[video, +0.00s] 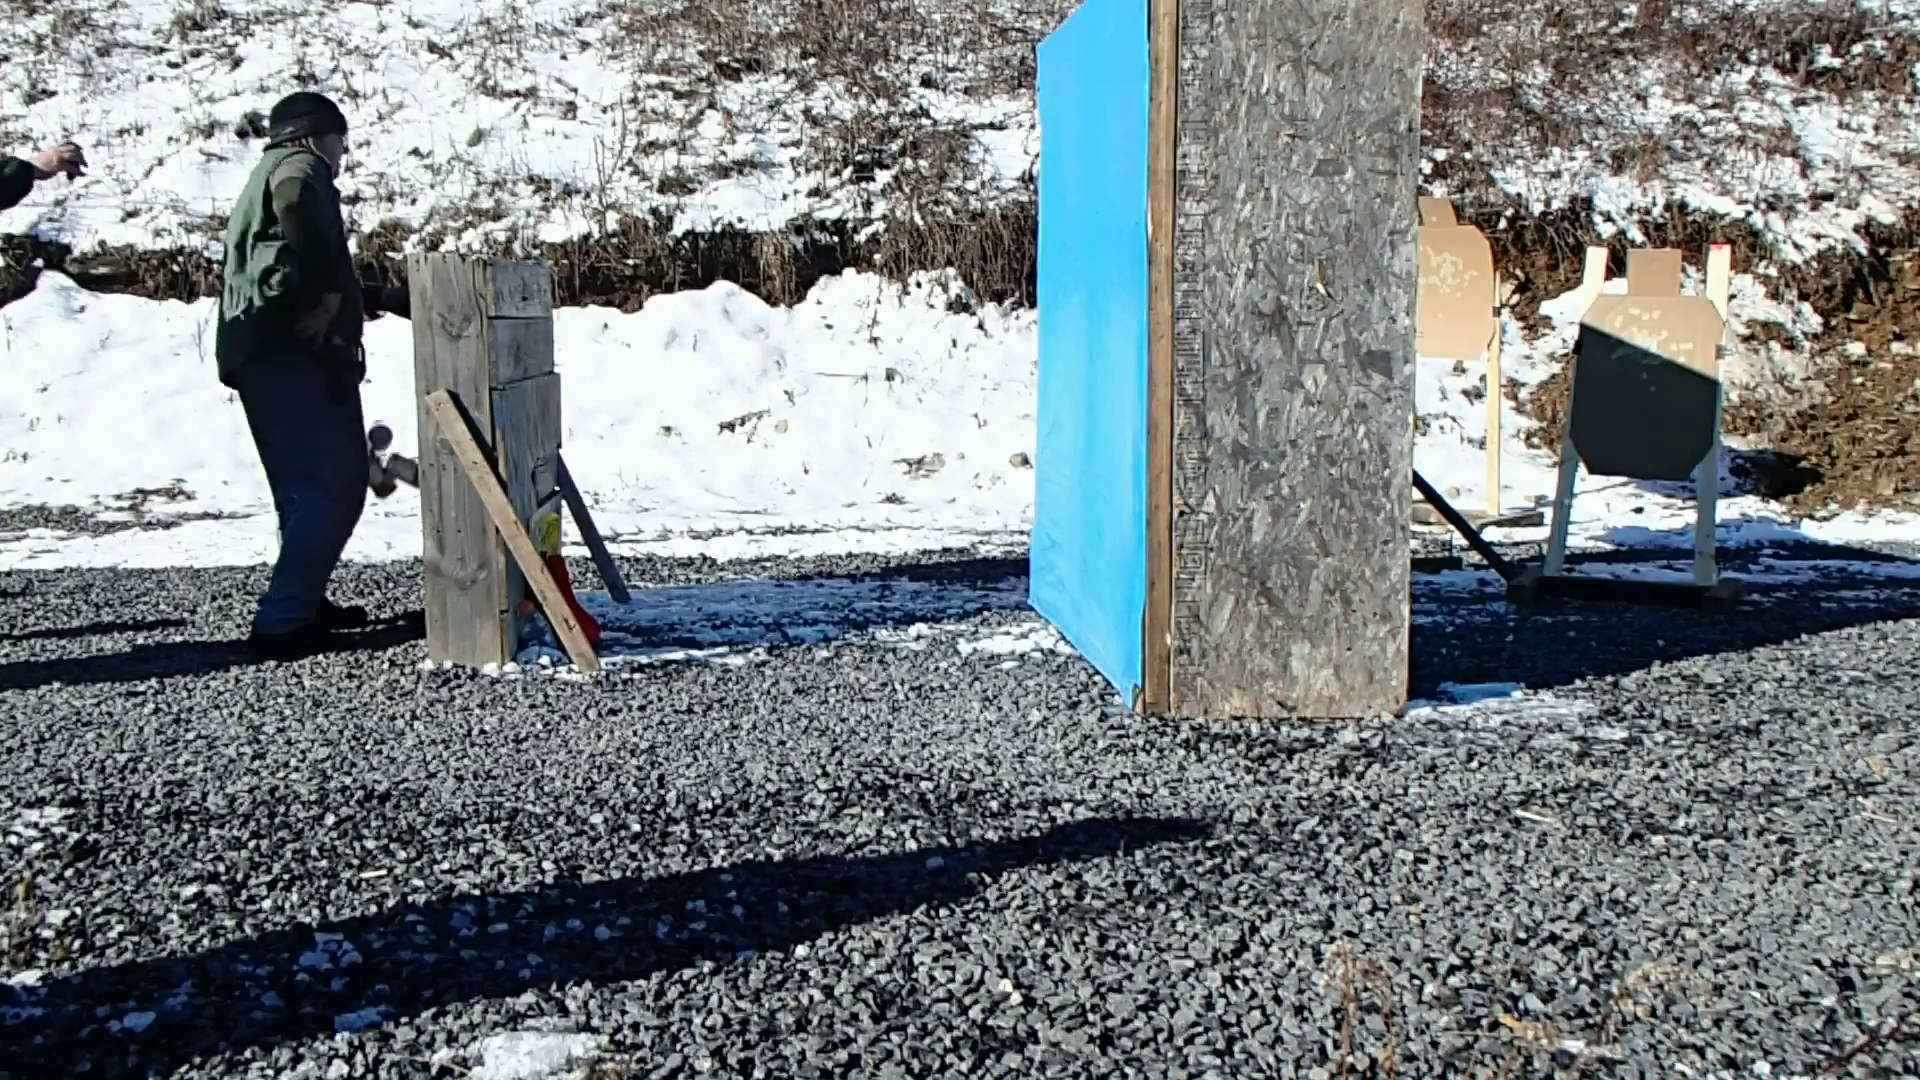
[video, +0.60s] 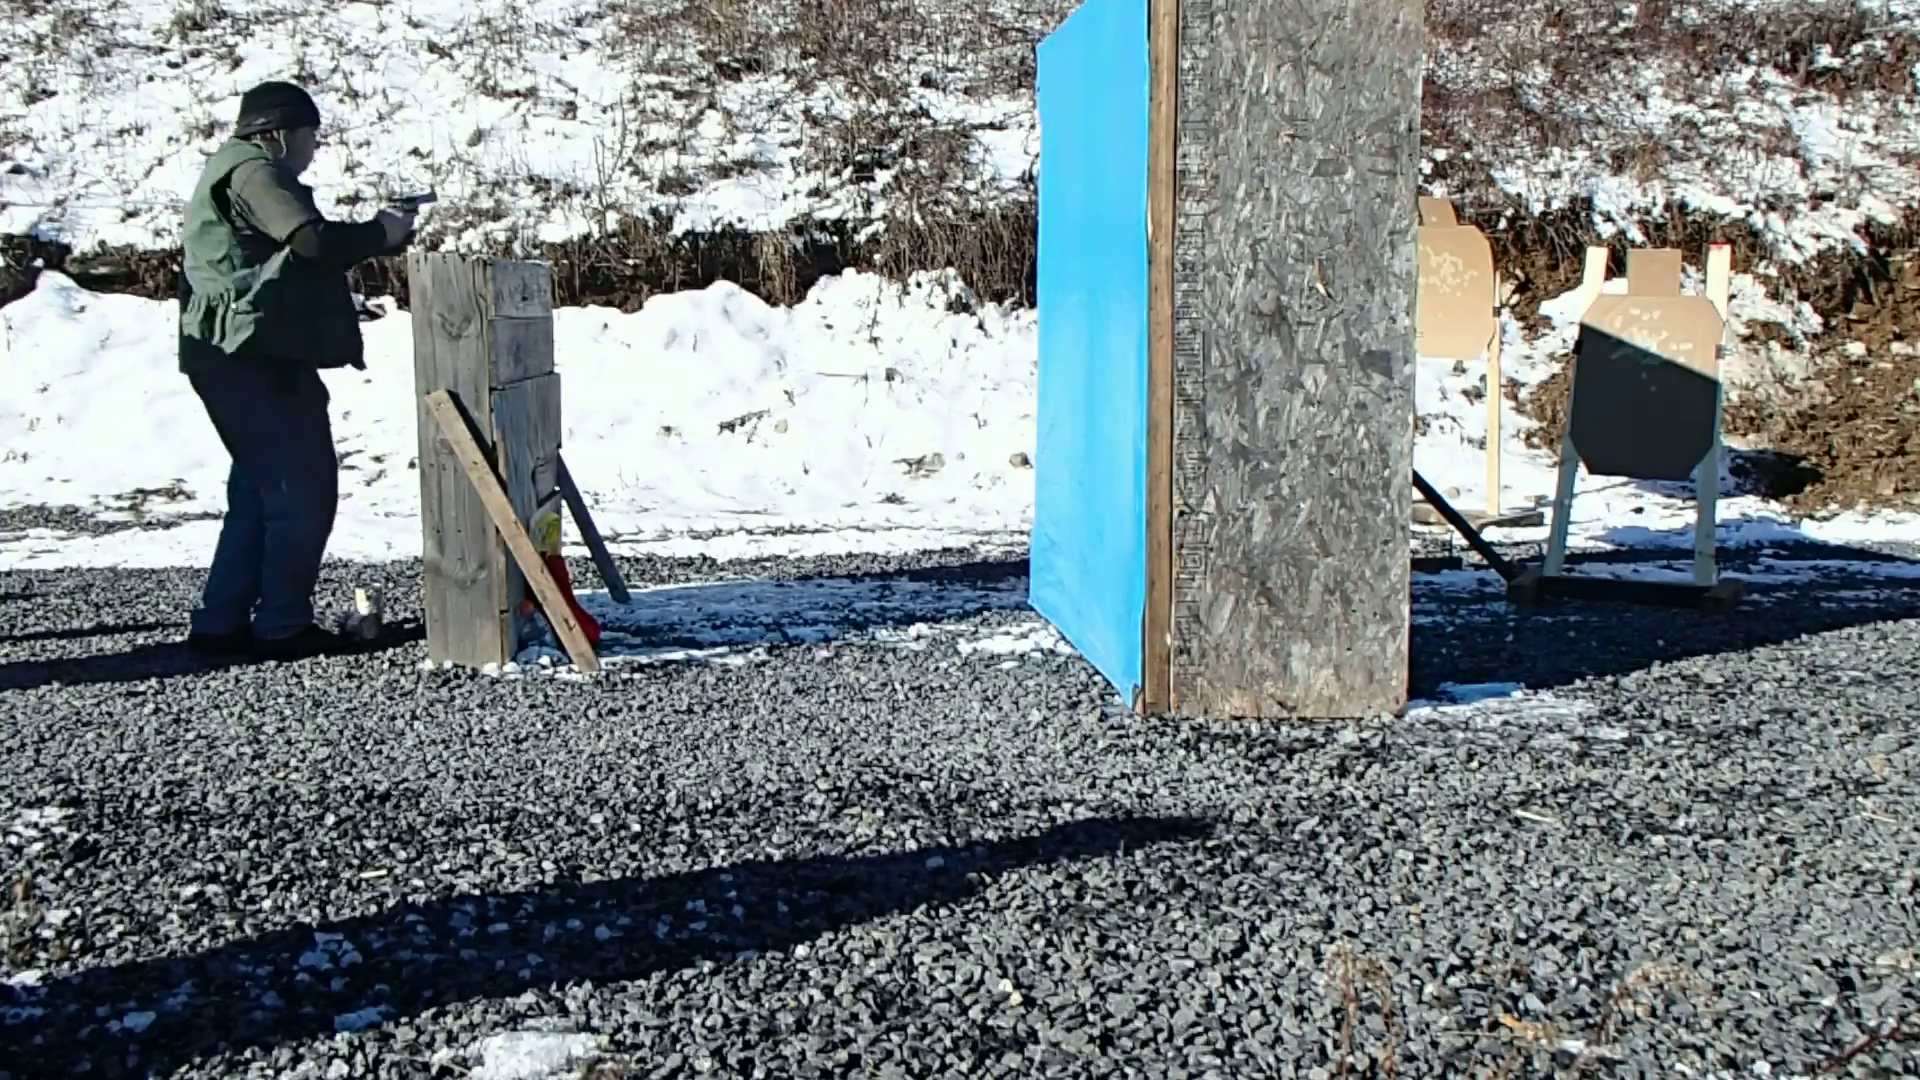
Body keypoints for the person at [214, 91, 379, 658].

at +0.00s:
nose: (343, 155)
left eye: (343, 144)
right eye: (340, 143)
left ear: (286, 136)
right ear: (317, 136)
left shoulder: (269, 173)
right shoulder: (301, 166)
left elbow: (311, 278)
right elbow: (304, 244)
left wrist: (376, 298)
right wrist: (330, 306)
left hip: (263, 359)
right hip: (293, 360)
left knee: (304, 481)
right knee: (338, 478)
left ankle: (304, 604)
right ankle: (284, 619)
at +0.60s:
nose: (314, 151)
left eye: (315, 140)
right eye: (310, 138)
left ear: (261, 131)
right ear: (279, 132)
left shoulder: (235, 167)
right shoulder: (254, 167)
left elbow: (306, 246)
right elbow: (309, 239)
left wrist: (370, 237)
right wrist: (381, 233)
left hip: (225, 353)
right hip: (259, 357)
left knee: (259, 481)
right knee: (305, 485)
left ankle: (221, 623)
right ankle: (284, 626)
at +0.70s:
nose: (310, 152)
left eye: (311, 141)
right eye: (304, 139)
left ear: (254, 133)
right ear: (274, 135)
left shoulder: (221, 171)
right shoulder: (248, 172)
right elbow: (335, 217)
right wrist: (419, 210)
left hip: (204, 352)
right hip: (238, 355)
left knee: (236, 493)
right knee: (306, 473)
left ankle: (217, 628)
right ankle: (288, 621)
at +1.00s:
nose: (298, 151)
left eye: (299, 141)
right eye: (293, 140)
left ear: (238, 126)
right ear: (269, 132)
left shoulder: (205, 166)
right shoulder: (248, 165)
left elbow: (240, 263)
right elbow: (348, 190)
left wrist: (304, 321)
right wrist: (436, 190)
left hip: (195, 348)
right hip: (216, 351)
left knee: (234, 489)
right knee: (242, 490)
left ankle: (225, 627)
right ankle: (215, 638)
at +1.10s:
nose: (301, 149)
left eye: (301, 139)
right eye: (297, 138)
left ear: (241, 123)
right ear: (277, 129)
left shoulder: (212, 163)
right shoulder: (251, 161)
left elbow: (254, 257)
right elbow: (349, 189)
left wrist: (310, 320)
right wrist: (437, 188)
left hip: (204, 346)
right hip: (210, 350)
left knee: (236, 490)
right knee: (233, 493)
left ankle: (226, 629)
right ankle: (210, 643)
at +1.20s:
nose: (303, 147)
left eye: (303, 138)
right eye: (299, 137)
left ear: (243, 122)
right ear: (278, 129)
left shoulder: (207, 161)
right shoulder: (255, 160)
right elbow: (352, 187)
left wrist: (305, 321)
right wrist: (440, 186)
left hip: (203, 349)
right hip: (215, 353)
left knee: (238, 495)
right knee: (240, 498)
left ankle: (225, 630)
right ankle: (210, 644)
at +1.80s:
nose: (308, 142)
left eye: (309, 133)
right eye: (304, 131)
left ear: (247, 115)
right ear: (281, 122)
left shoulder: (209, 158)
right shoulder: (253, 156)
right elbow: (355, 183)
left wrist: (309, 316)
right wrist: (446, 180)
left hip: (208, 353)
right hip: (219, 356)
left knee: (245, 500)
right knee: (244, 503)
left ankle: (229, 631)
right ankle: (211, 646)